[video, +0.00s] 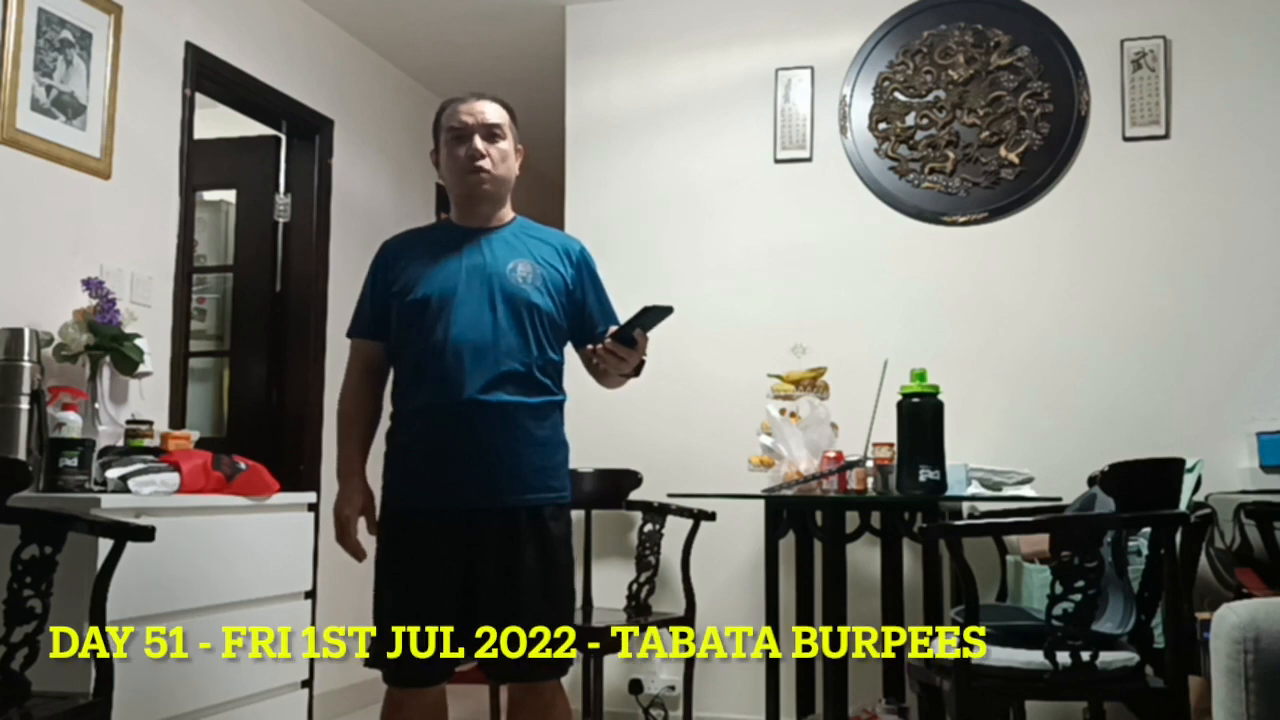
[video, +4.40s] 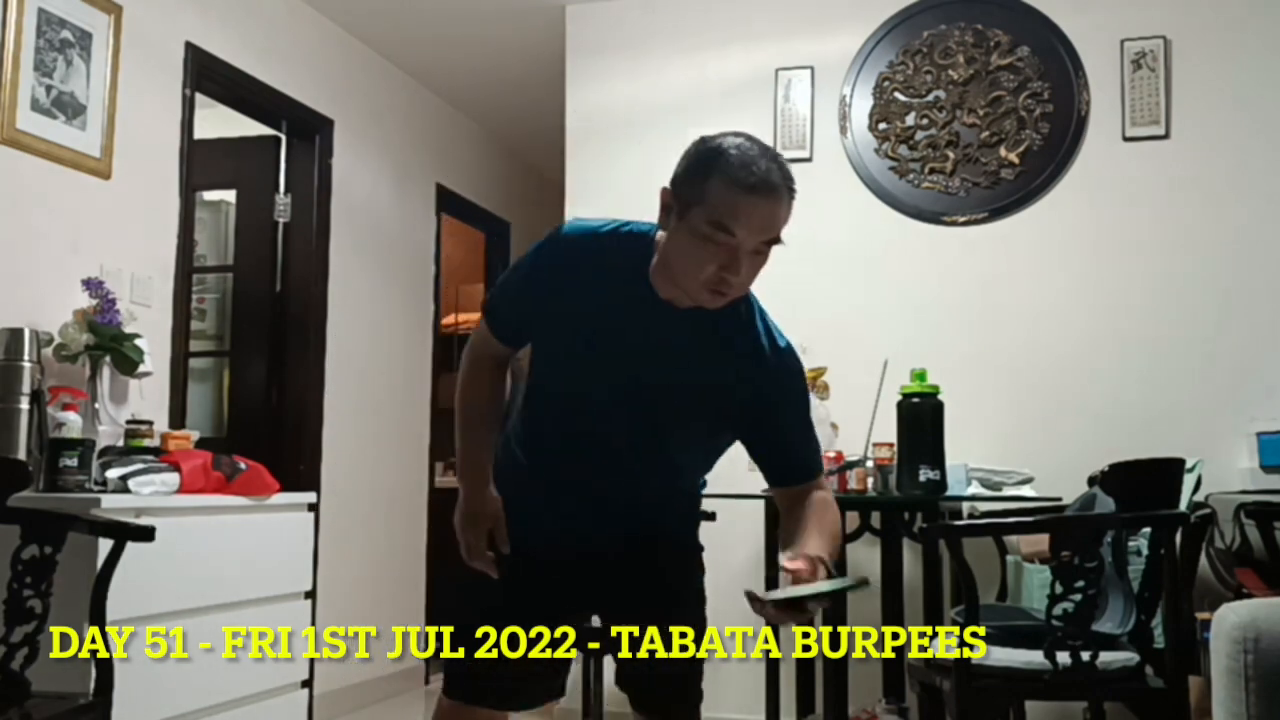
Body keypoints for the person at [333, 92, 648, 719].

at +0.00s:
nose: (476, 146)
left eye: (492, 134)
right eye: (459, 137)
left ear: (519, 158)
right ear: (437, 161)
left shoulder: (564, 253)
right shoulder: (400, 255)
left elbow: (604, 363)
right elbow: (365, 373)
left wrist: (622, 364)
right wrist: (351, 475)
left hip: (528, 496)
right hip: (421, 496)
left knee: (536, 681)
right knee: (411, 682)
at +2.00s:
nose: (477, 146)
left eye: (493, 135)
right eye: (460, 137)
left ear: (519, 159)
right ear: (437, 161)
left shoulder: (563, 253)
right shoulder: (400, 256)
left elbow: (603, 362)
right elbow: (365, 375)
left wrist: (622, 362)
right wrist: (352, 476)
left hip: (528, 496)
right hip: (421, 496)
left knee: (536, 680)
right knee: (412, 681)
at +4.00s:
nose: (543, 185)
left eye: (559, 167)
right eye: (523, 163)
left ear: (571, 171)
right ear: (481, 158)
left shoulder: (594, 274)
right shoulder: (416, 256)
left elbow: (638, 390)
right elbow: (362, 364)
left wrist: (653, 400)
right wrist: (352, 466)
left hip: (543, 521)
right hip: (428, 512)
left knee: (577, 700)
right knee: (398, 701)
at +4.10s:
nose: (594, 190)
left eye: (612, 172)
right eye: (574, 165)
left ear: (624, 175)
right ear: (531, 158)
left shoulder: (639, 286)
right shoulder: (459, 250)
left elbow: (679, 397)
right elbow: (398, 361)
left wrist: (691, 429)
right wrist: (379, 466)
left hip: (575, 528)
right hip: (458, 517)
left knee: (599, 704)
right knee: (408, 696)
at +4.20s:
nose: (651, 210)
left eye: (672, 189)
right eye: (632, 181)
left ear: (685, 186)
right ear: (587, 165)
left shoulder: (690, 303)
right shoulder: (508, 247)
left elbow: (727, 415)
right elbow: (435, 362)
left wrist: (733, 457)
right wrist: (415, 477)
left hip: (610, 533)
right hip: (489, 519)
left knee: (635, 705)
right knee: (436, 702)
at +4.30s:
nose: (701, 239)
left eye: (723, 219)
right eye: (682, 209)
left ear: (738, 214)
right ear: (633, 186)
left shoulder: (732, 331)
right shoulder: (542, 252)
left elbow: (777, 454)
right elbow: (464, 355)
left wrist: (776, 501)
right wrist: (447, 490)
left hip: (637, 540)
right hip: (511, 525)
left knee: (661, 707)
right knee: (460, 705)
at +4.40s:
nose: (739, 269)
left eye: (763, 249)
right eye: (719, 236)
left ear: (776, 245)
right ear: (669, 208)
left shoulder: (763, 363)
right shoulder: (570, 261)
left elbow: (808, 493)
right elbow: (485, 353)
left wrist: (807, 554)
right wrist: (475, 486)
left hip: (656, 544)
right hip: (532, 526)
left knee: (671, 710)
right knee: (470, 704)